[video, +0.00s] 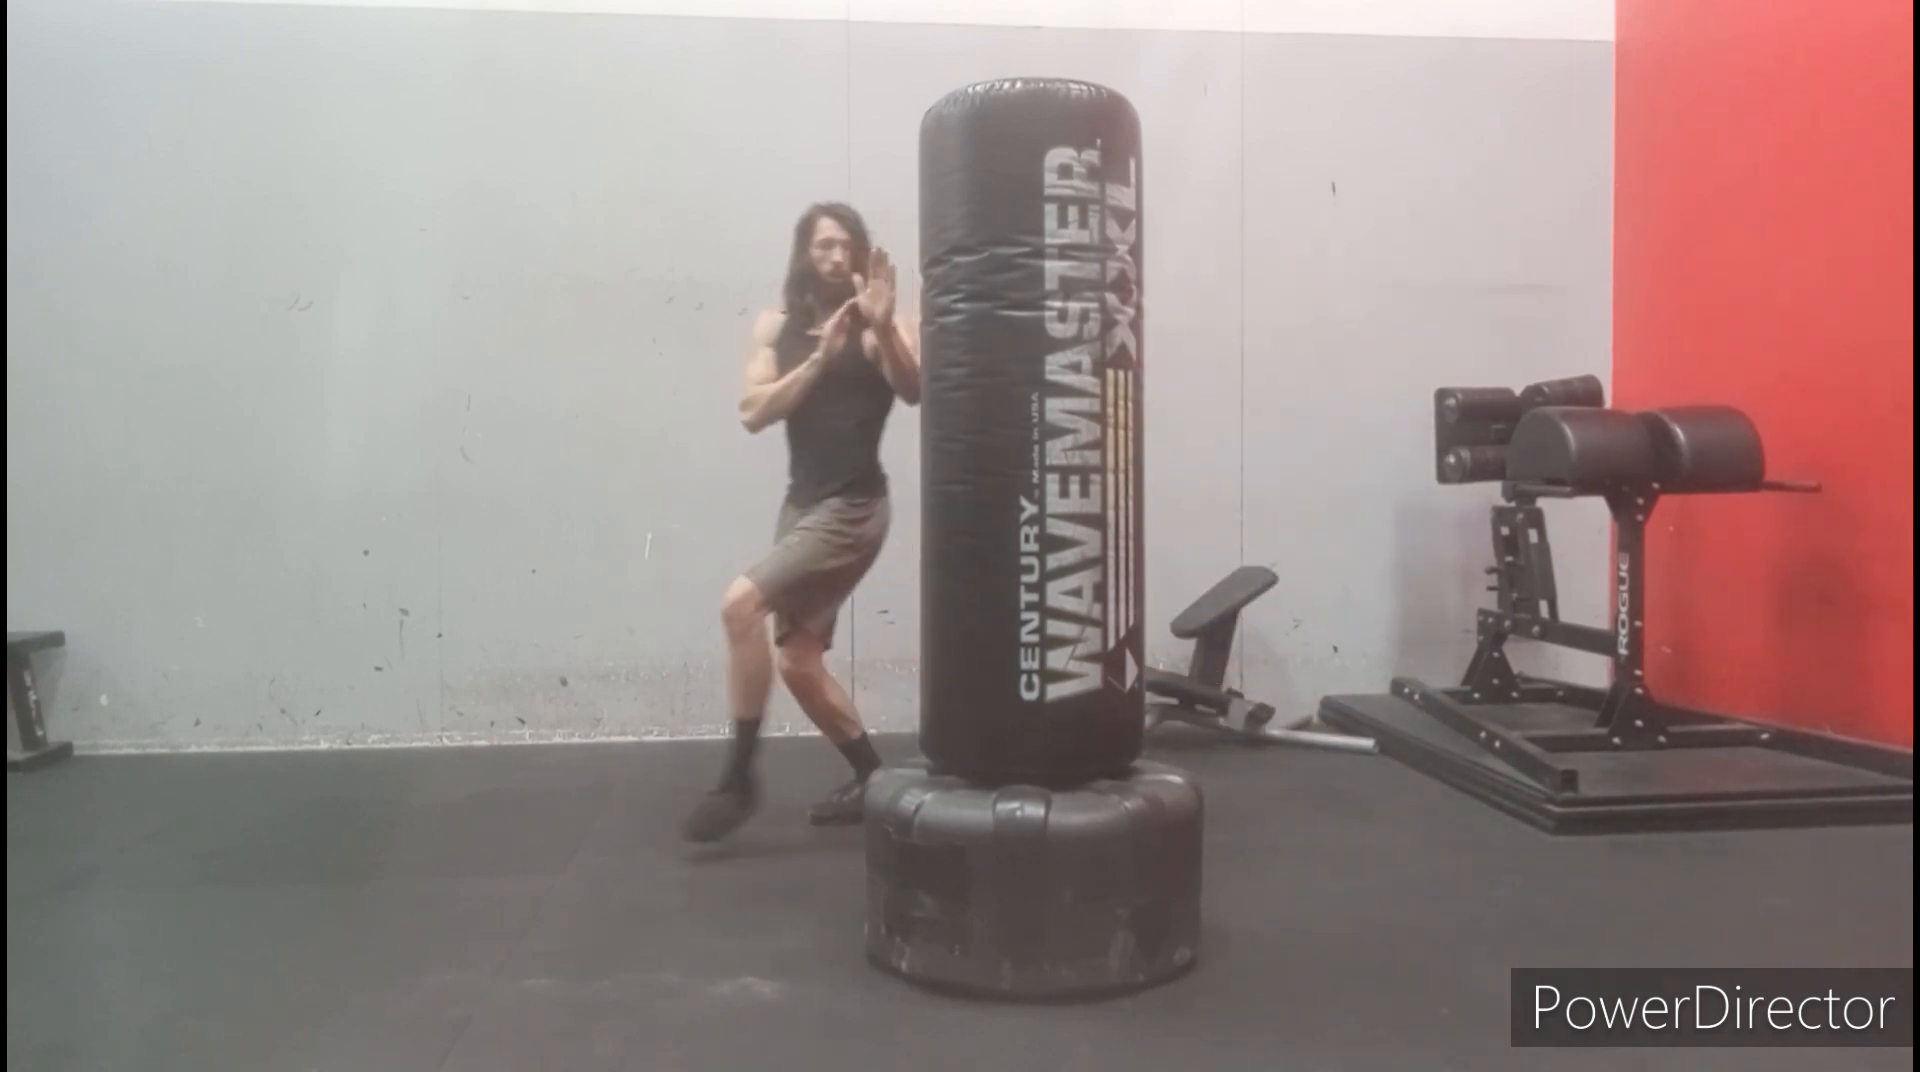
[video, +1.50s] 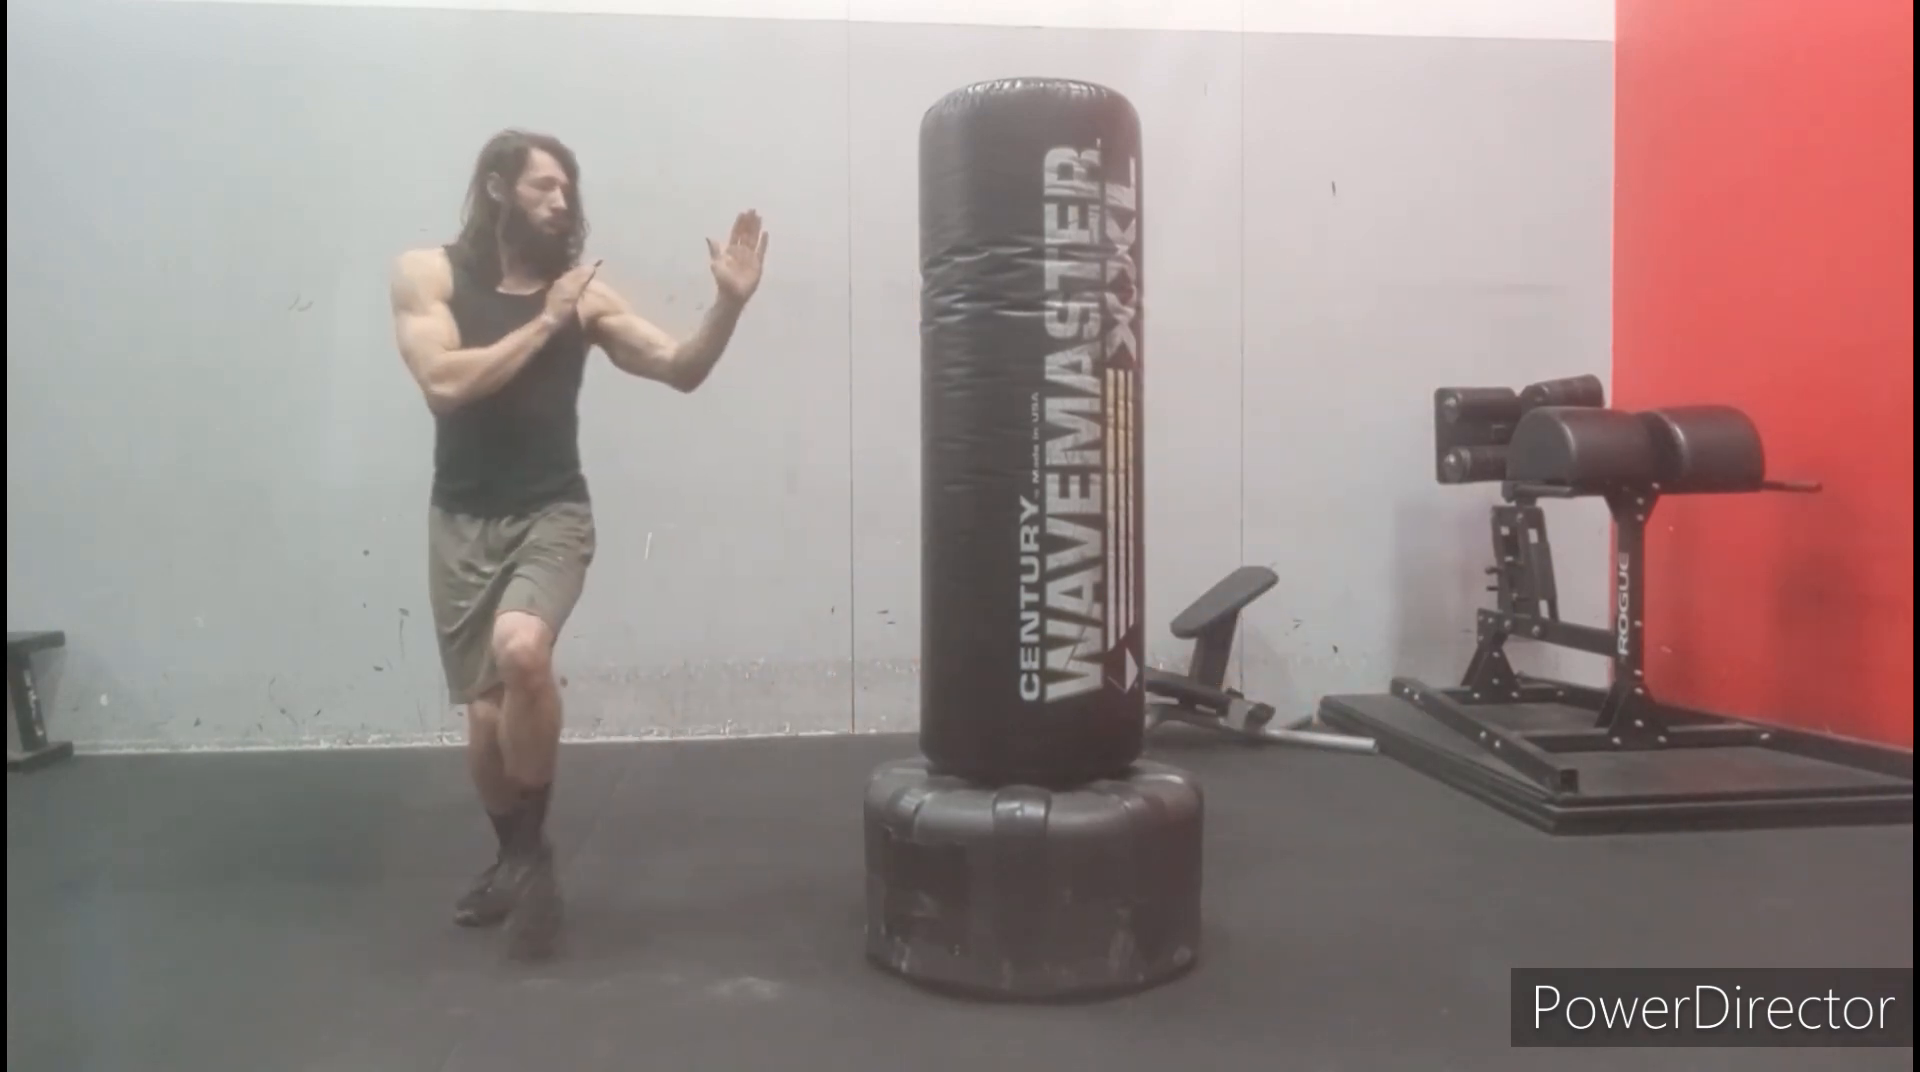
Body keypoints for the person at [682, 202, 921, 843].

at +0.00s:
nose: (835, 256)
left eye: (844, 246)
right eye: (824, 246)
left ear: (861, 256)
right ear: (801, 256)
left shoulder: (881, 318)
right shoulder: (776, 322)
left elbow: (912, 390)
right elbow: (754, 414)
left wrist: (882, 323)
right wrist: (823, 356)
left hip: (855, 503)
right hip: (801, 503)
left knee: (742, 606)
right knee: (800, 666)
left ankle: (739, 780)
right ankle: (872, 777)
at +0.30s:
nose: (769, 247)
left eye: (780, 239)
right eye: (756, 236)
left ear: (793, 253)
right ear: (732, 247)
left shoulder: (805, 322)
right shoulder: (697, 317)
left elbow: (852, 391)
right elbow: (674, 406)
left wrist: (839, 321)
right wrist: (753, 350)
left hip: (774, 514)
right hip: (721, 515)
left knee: (681, 651)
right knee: (749, 682)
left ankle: (689, 818)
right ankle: (856, 763)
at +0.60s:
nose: (708, 234)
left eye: (717, 224)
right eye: (693, 223)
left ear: (731, 237)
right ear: (664, 233)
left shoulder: (748, 312)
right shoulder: (624, 307)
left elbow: (802, 385)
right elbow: (606, 402)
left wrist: (802, 322)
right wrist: (690, 343)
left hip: (713, 513)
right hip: (647, 506)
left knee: (638, 665)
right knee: (577, 643)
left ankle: (683, 817)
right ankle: (681, 728)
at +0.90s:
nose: (650, 222)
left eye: (658, 212)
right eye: (634, 211)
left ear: (670, 224)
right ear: (599, 221)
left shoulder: (686, 305)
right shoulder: (553, 300)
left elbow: (761, 378)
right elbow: (551, 400)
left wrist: (773, 317)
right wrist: (641, 334)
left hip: (658, 514)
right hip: (582, 507)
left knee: (607, 688)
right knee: (530, 645)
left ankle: (682, 815)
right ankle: (505, 838)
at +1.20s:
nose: (593, 209)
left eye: (600, 197)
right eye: (577, 195)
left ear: (607, 208)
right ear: (535, 200)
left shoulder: (615, 295)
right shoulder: (472, 279)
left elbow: (706, 371)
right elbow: (480, 382)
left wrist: (741, 307)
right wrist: (577, 325)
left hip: (588, 513)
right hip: (504, 511)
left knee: (565, 695)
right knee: (496, 693)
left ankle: (643, 775)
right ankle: (512, 860)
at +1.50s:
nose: (560, 202)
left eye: (566, 189)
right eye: (544, 187)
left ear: (572, 200)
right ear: (497, 191)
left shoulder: (579, 292)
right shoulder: (425, 273)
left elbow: (682, 368)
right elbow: (445, 385)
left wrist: (728, 301)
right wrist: (547, 322)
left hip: (553, 513)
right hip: (466, 522)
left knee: (519, 648)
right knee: (487, 721)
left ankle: (524, 853)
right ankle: (521, 860)